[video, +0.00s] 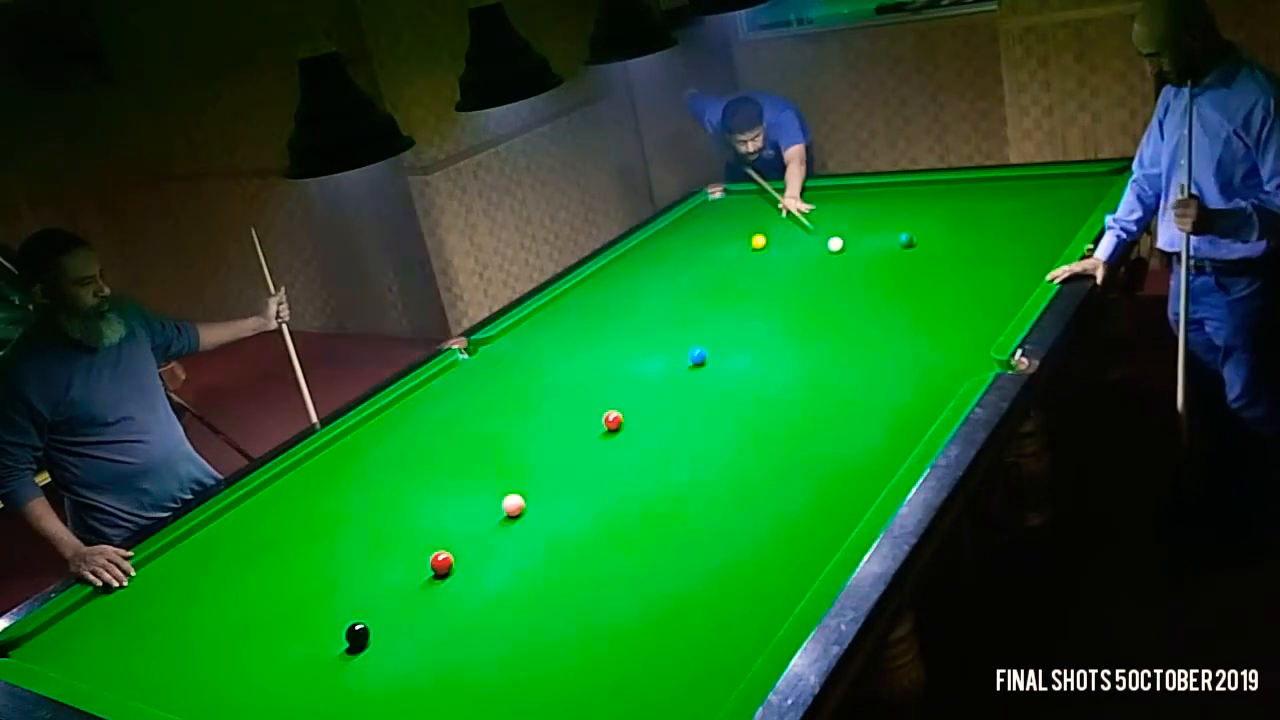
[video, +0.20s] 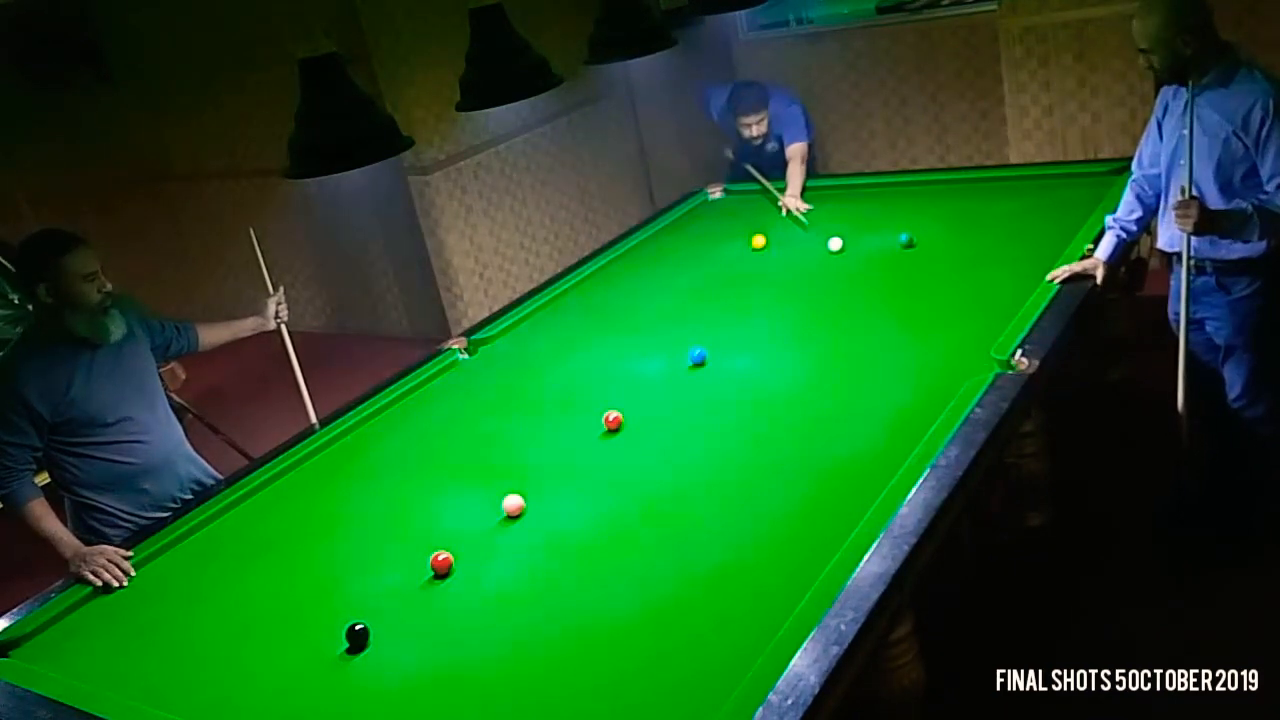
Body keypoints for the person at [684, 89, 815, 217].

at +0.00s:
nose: (750, 148)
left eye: (755, 139)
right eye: (742, 143)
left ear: (764, 127)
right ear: (727, 137)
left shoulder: (782, 117)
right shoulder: (715, 117)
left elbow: (796, 160)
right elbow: (690, 95)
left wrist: (792, 196)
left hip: (779, 159)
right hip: (739, 162)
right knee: (741, 213)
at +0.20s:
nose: (754, 133)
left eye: (760, 123)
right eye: (746, 126)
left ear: (768, 113)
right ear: (732, 119)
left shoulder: (787, 111)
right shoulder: (720, 105)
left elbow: (797, 158)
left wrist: (792, 195)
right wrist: (724, 142)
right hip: (742, 155)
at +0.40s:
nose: (765, 95)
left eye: (771, 86)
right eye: (757, 88)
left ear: (779, 80)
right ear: (744, 86)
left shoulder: (800, 92)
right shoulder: (731, 86)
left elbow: (814, 145)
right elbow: (718, 95)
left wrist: (799, 184)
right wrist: (726, 131)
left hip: (793, 165)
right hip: (750, 164)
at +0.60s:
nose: (780, 54)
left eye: (786, 45)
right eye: (773, 46)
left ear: (794, 42)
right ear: (759, 45)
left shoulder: (815, 62)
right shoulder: (744, 63)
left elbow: (845, 115)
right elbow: (727, 86)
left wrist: (822, 147)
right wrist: (728, 127)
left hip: (810, 157)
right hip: (763, 157)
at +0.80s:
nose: (797, 19)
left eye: (802, 12)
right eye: (789, 13)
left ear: (811, 15)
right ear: (776, 17)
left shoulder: (830, 37)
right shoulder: (755, 45)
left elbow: (855, 77)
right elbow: (738, 82)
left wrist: (844, 110)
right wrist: (734, 134)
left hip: (822, 150)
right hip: (773, 152)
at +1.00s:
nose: (811, 6)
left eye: (816, 1)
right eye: (804, 2)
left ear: (823, 3)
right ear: (791, 4)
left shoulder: (844, 24)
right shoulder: (769, 37)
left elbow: (860, 58)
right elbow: (750, 89)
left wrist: (857, 86)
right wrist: (749, 153)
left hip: (836, 147)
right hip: (789, 151)